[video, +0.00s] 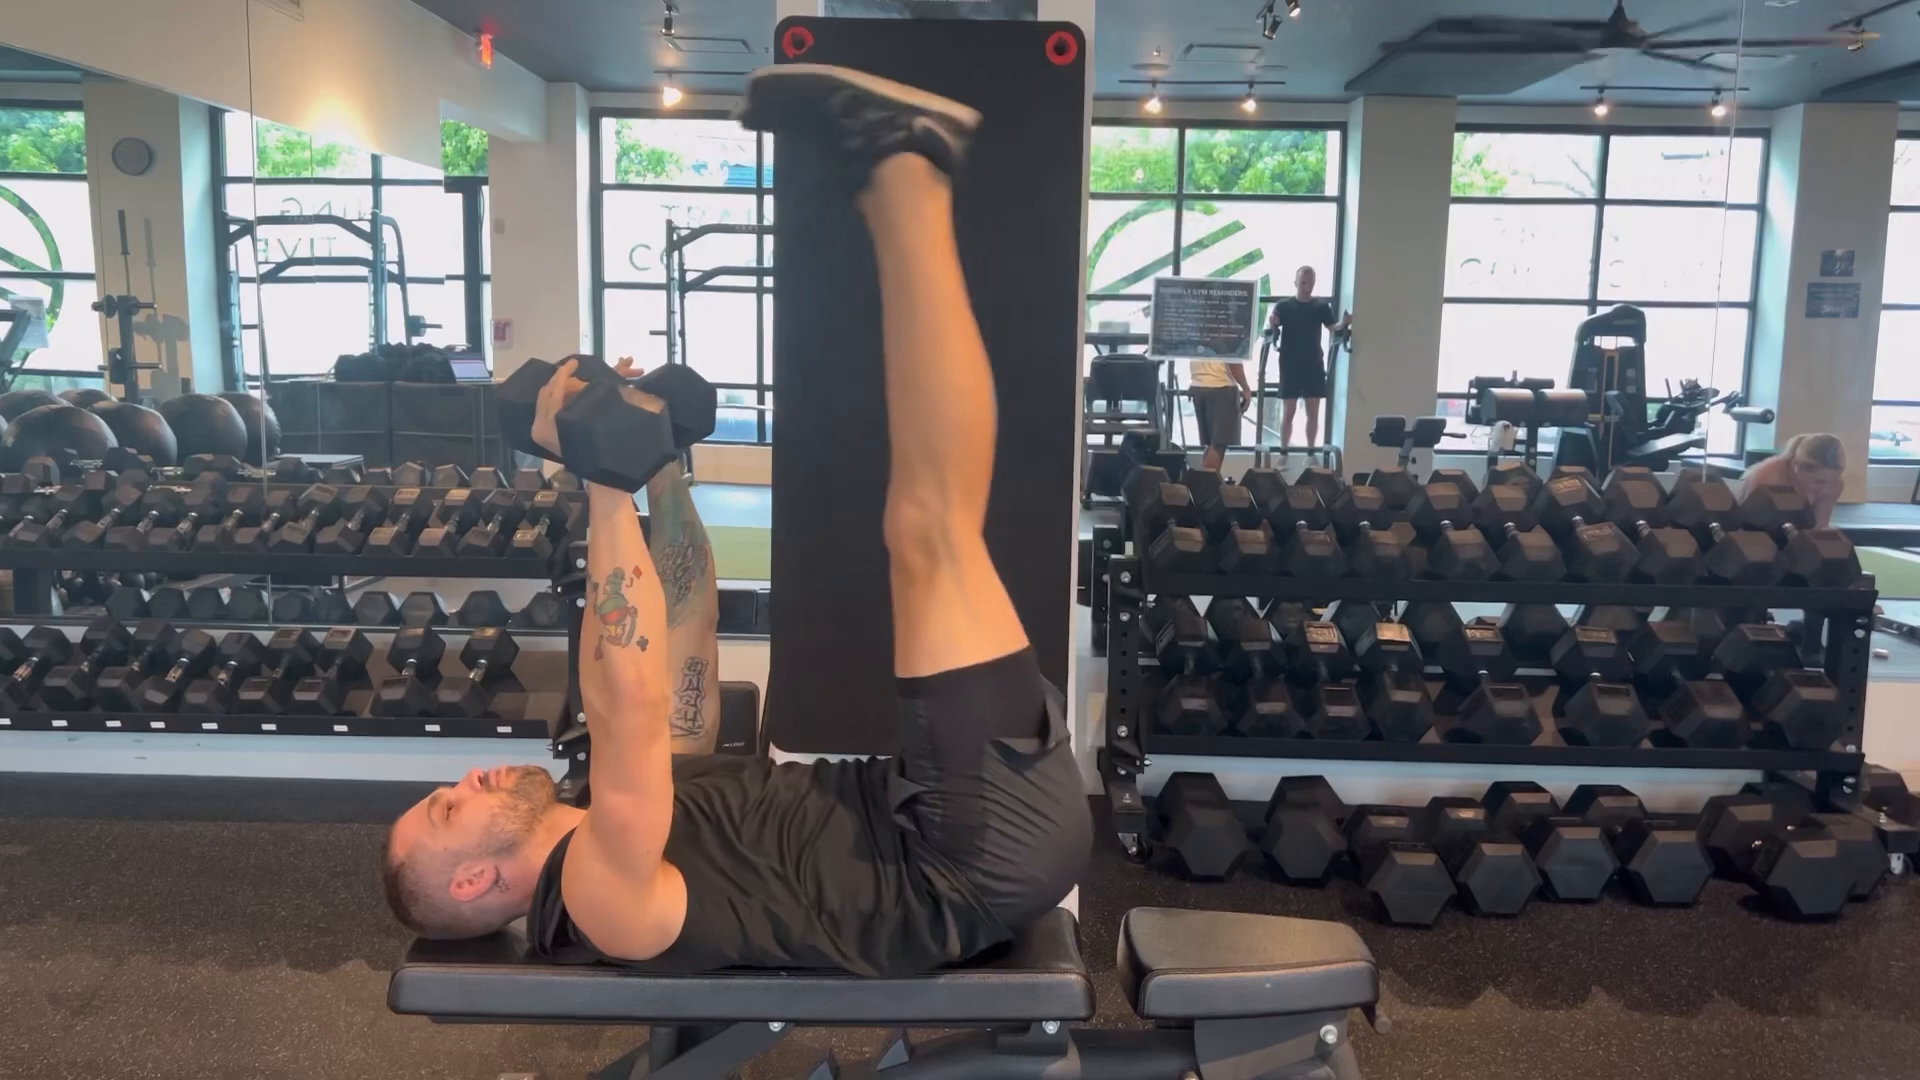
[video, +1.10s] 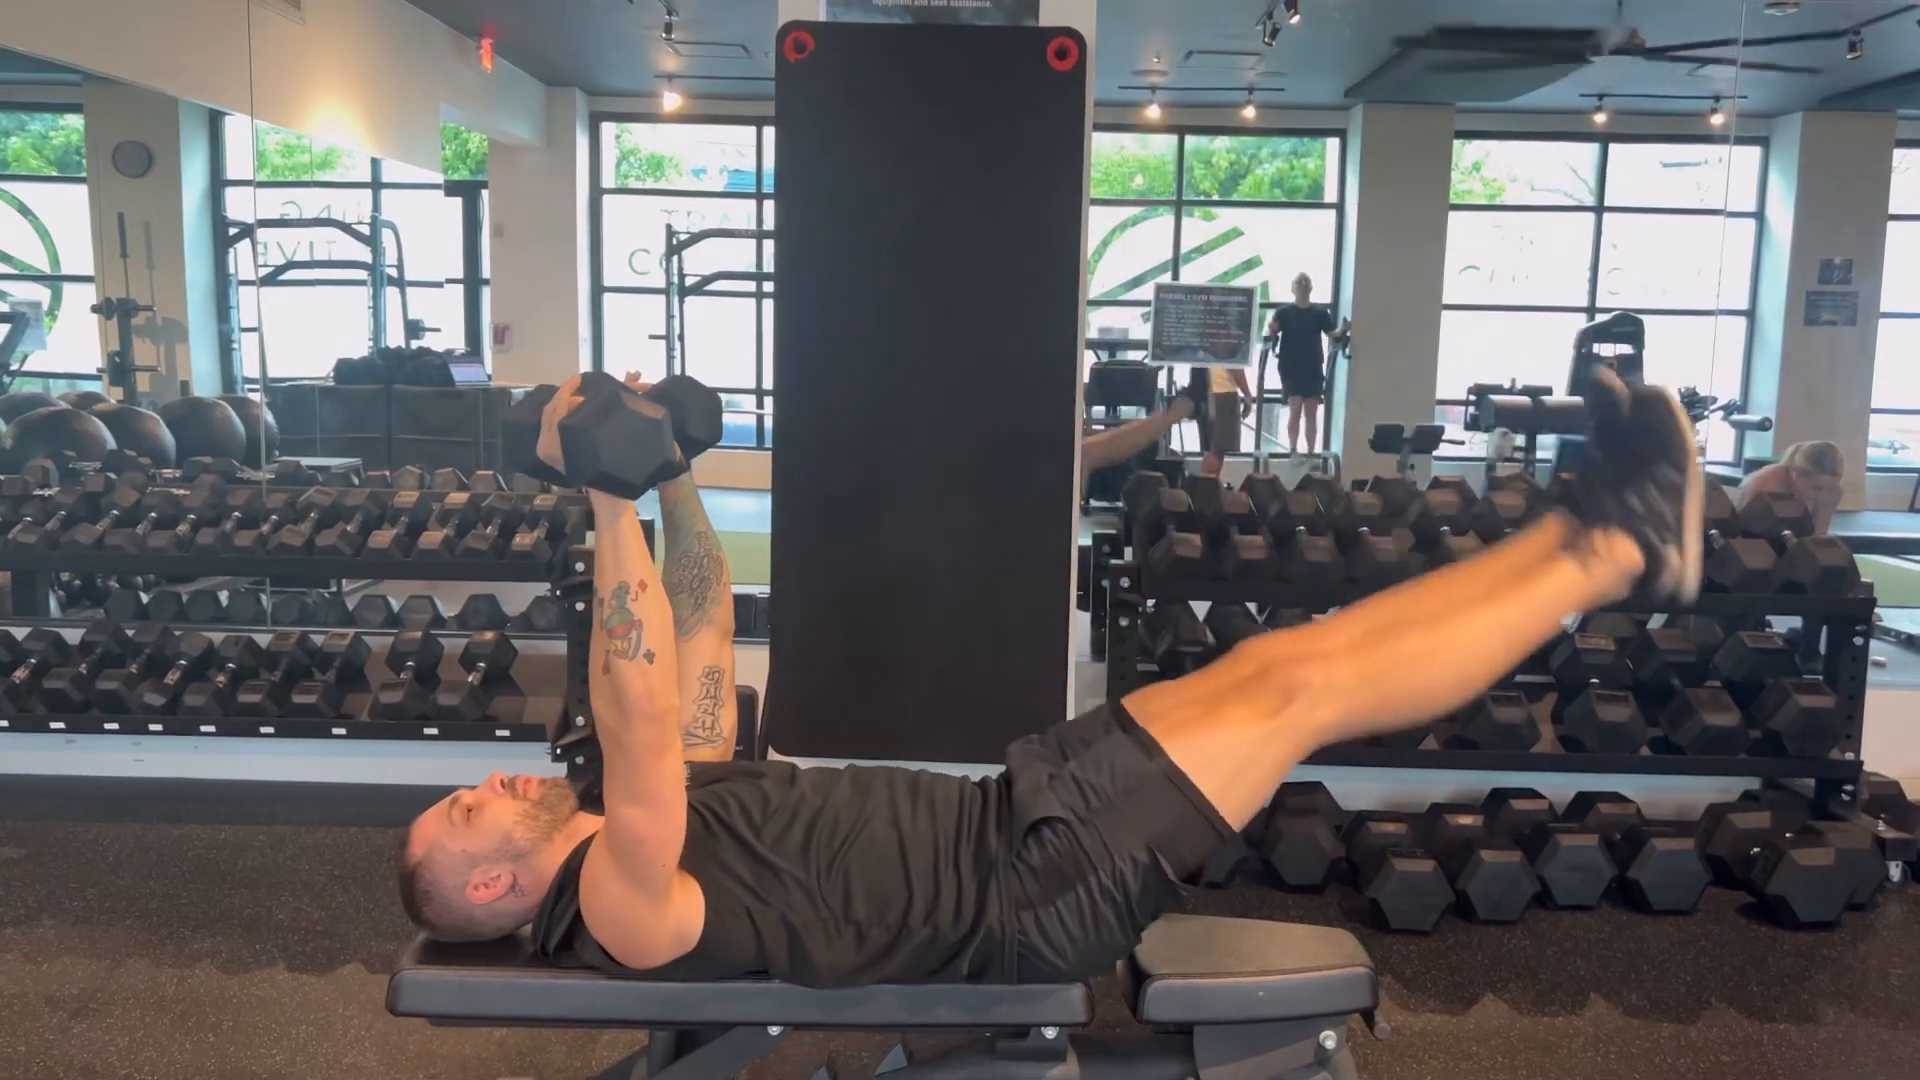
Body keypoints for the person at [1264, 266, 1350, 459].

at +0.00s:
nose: (1306, 287)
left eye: (1309, 283)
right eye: (1303, 283)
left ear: (1314, 284)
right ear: (1296, 282)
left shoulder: (1321, 306)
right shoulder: (1284, 306)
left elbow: (1333, 328)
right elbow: (1271, 334)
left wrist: (1344, 323)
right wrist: (1272, 323)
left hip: (1313, 363)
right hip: (1289, 363)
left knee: (1312, 412)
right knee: (1289, 412)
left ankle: (1311, 452)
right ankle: (1283, 451)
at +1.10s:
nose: (1303, 291)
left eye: (1306, 287)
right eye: (1300, 287)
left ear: (1310, 289)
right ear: (1293, 289)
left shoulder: (1319, 312)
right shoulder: (1284, 313)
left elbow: (1332, 335)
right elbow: (1270, 336)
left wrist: (1343, 330)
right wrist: (1271, 331)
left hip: (1313, 364)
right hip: (1290, 364)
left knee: (1311, 408)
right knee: (1296, 406)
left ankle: (1311, 452)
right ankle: (1293, 450)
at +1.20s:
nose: (1303, 288)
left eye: (1306, 284)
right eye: (1299, 284)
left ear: (1310, 287)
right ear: (1293, 288)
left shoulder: (1320, 311)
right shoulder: (1284, 312)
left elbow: (1332, 334)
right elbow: (1271, 332)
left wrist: (1343, 328)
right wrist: (1271, 329)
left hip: (1314, 358)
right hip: (1291, 357)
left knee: (1319, 393)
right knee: (1299, 381)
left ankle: (1323, 435)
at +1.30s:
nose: (1303, 285)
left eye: (1306, 282)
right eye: (1299, 282)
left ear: (1310, 286)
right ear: (1292, 286)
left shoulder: (1320, 310)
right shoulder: (1283, 311)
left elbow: (1332, 334)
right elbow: (1272, 336)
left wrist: (1342, 329)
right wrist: (1272, 329)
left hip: (1314, 358)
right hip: (1289, 359)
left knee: (1323, 357)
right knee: (1301, 353)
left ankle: (1330, 391)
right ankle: (1309, 396)